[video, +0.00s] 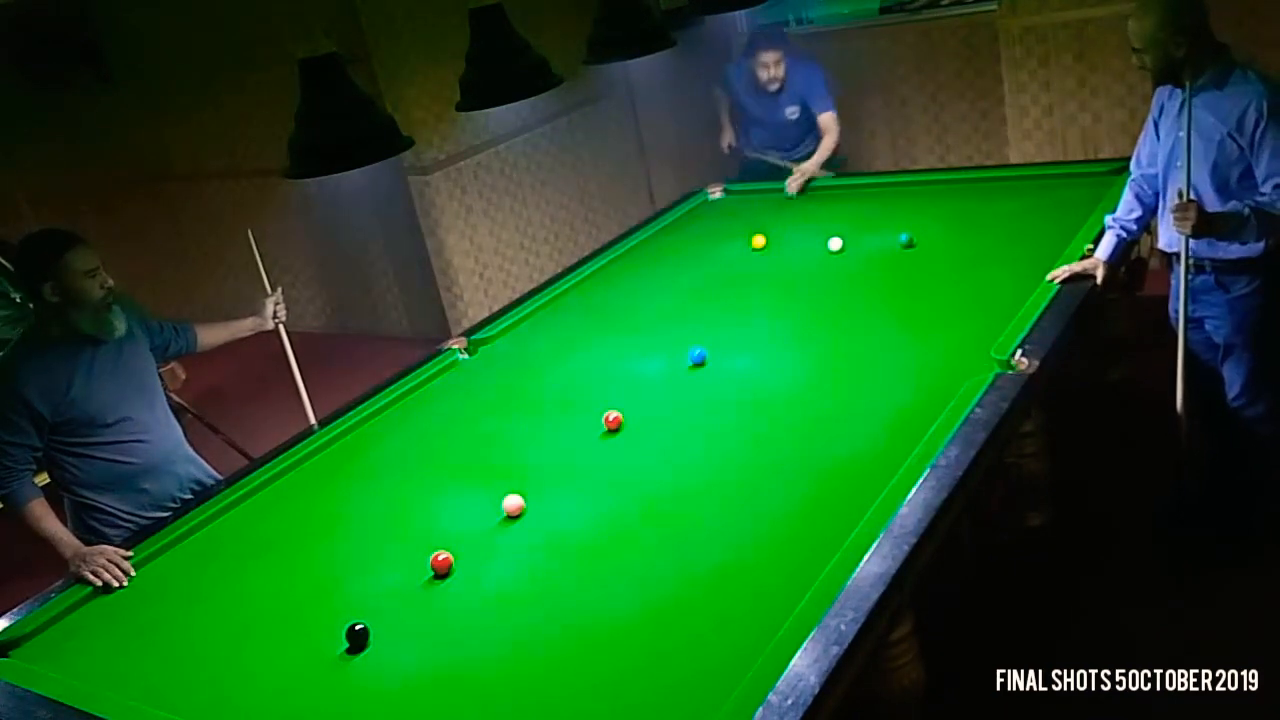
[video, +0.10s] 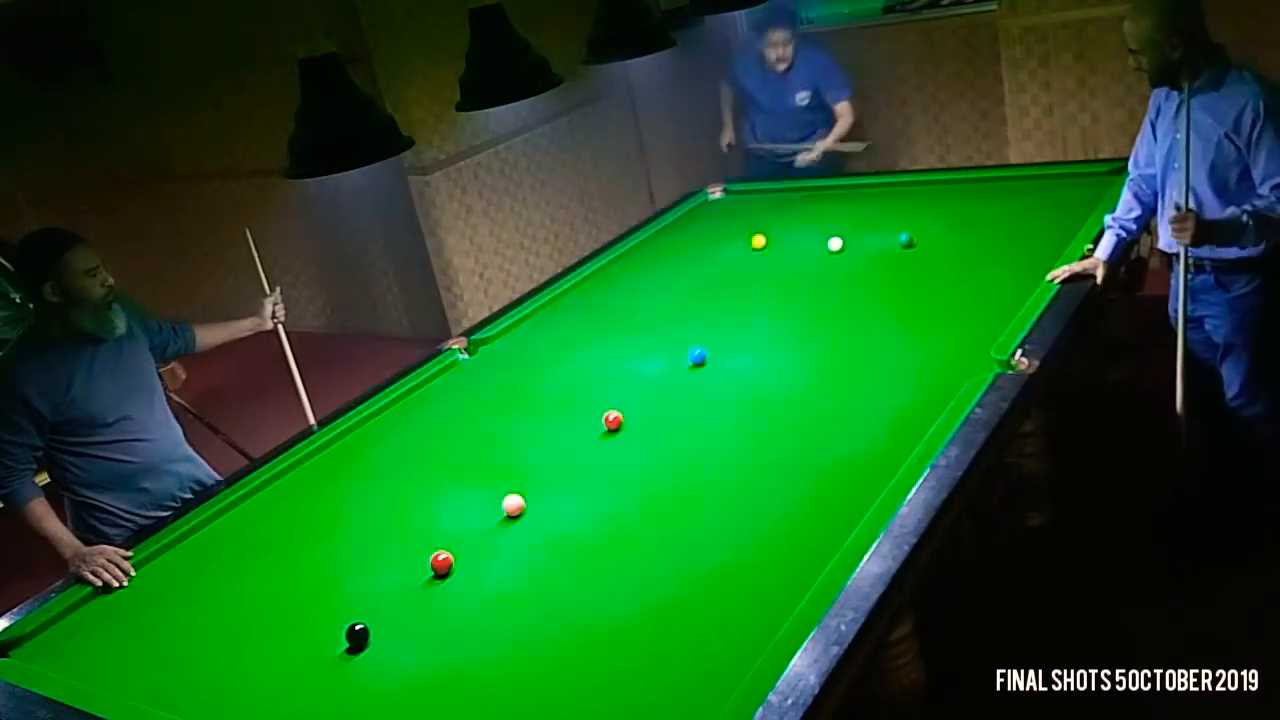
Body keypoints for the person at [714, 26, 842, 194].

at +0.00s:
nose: (772, 74)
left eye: (778, 65)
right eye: (764, 67)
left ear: (786, 61)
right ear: (750, 65)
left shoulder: (807, 76)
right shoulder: (736, 76)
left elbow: (831, 131)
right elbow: (720, 91)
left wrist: (811, 166)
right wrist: (726, 127)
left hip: (803, 161)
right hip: (758, 161)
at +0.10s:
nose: (780, 54)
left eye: (786, 45)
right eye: (773, 46)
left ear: (794, 42)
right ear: (759, 45)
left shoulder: (815, 62)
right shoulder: (744, 63)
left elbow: (845, 115)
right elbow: (727, 86)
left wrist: (822, 147)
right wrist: (728, 127)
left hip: (810, 157)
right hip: (763, 157)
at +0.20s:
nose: (789, 35)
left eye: (795, 27)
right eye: (781, 28)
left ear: (804, 26)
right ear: (769, 30)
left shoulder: (824, 50)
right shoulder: (751, 52)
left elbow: (854, 97)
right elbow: (733, 82)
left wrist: (831, 129)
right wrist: (730, 128)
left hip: (816, 152)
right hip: (767, 152)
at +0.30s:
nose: (797, 19)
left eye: (802, 12)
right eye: (789, 13)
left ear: (811, 15)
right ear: (776, 17)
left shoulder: (830, 37)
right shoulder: (755, 45)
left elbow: (855, 77)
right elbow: (738, 82)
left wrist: (844, 110)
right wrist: (734, 134)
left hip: (822, 150)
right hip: (773, 152)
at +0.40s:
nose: (805, 11)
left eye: (810, 4)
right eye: (797, 5)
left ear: (817, 7)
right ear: (784, 9)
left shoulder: (839, 29)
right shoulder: (760, 40)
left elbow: (858, 65)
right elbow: (744, 88)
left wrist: (850, 97)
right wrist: (739, 144)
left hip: (829, 147)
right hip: (780, 151)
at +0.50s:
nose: (811, 6)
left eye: (816, 1)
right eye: (804, 2)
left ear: (823, 3)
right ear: (791, 4)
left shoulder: (844, 24)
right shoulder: (769, 37)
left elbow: (860, 58)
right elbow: (750, 89)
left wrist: (857, 86)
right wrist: (749, 153)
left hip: (836, 147)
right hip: (789, 151)